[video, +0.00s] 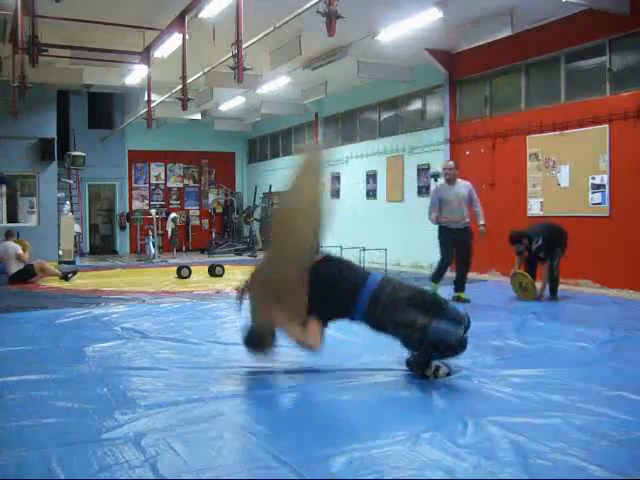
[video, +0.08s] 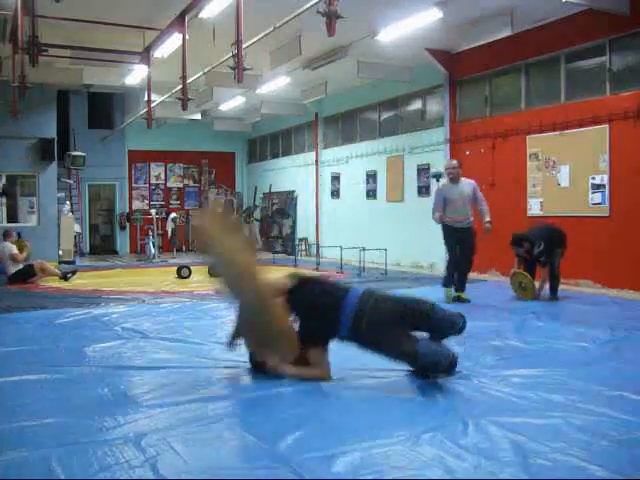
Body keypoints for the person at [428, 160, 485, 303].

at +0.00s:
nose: (448, 172)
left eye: (451, 169)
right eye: (445, 169)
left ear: (456, 171)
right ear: (442, 172)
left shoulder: (467, 186)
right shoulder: (438, 190)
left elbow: (476, 205)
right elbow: (433, 208)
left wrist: (481, 222)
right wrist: (434, 217)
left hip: (463, 226)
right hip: (446, 226)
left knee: (464, 261)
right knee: (446, 259)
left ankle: (459, 292)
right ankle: (434, 283)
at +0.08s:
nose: (452, 172)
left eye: (454, 168)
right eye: (449, 169)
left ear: (460, 170)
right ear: (445, 171)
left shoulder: (471, 185)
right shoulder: (442, 188)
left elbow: (481, 202)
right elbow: (437, 207)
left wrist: (486, 219)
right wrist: (437, 215)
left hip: (466, 225)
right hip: (450, 225)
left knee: (467, 258)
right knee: (454, 257)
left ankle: (460, 290)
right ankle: (448, 286)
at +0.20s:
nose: (455, 171)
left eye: (457, 168)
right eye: (452, 169)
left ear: (463, 169)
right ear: (449, 171)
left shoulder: (475, 184)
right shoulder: (445, 188)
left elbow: (486, 202)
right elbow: (440, 208)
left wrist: (491, 218)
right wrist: (441, 216)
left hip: (471, 225)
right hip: (454, 225)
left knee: (468, 259)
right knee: (461, 257)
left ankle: (460, 290)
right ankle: (461, 290)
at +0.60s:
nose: (466, 172)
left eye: (469, 168)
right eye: (464, 169)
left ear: (476, 170)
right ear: (461, 171)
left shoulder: (489, 184)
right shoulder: (458, 191)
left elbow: (501, 203)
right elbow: (453, 212)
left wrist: (505, 220)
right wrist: (455, 220)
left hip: (489, 228)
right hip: (470, 228)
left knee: (492, 263)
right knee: (476, 263)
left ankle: (472, 282)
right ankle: (477, 295)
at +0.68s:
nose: (470, 171)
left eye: (473, 167)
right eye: (467, 168)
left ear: (479, 168)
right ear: (464, 170)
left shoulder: (492, 183)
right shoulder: (461, 190)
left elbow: (504, 202)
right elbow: (457, 213)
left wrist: (509, 221)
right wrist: (458, 218)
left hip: (492, 227)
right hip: (474, 227)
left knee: (500, 261)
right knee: (476, 263)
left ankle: (485, 284)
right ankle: (477, 295)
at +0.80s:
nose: (473, 170)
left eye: (476, 167)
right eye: (471, 167)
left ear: (483, 168)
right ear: (468, 170)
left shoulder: (496, 183)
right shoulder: (464, 190)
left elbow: (507, 203)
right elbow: (459, 212)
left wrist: (513, 220)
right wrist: (461, 219)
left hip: (496, 227)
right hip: (477, 227)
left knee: (505, 259)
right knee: (478, 263)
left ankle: (501, 290)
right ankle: (478, 296)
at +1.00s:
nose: (481, 170)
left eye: (484, 167)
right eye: (479, 167)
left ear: (492, 168)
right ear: (477, 170)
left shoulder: (505, 184)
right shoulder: (473, 189)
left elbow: (516, 203)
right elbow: (468, 212)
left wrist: (521, 222)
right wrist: (470, 218)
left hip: (505, 228)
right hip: (484, 229)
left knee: (515, 263)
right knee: (482, 266)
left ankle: (523, 294)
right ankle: (479, 296)